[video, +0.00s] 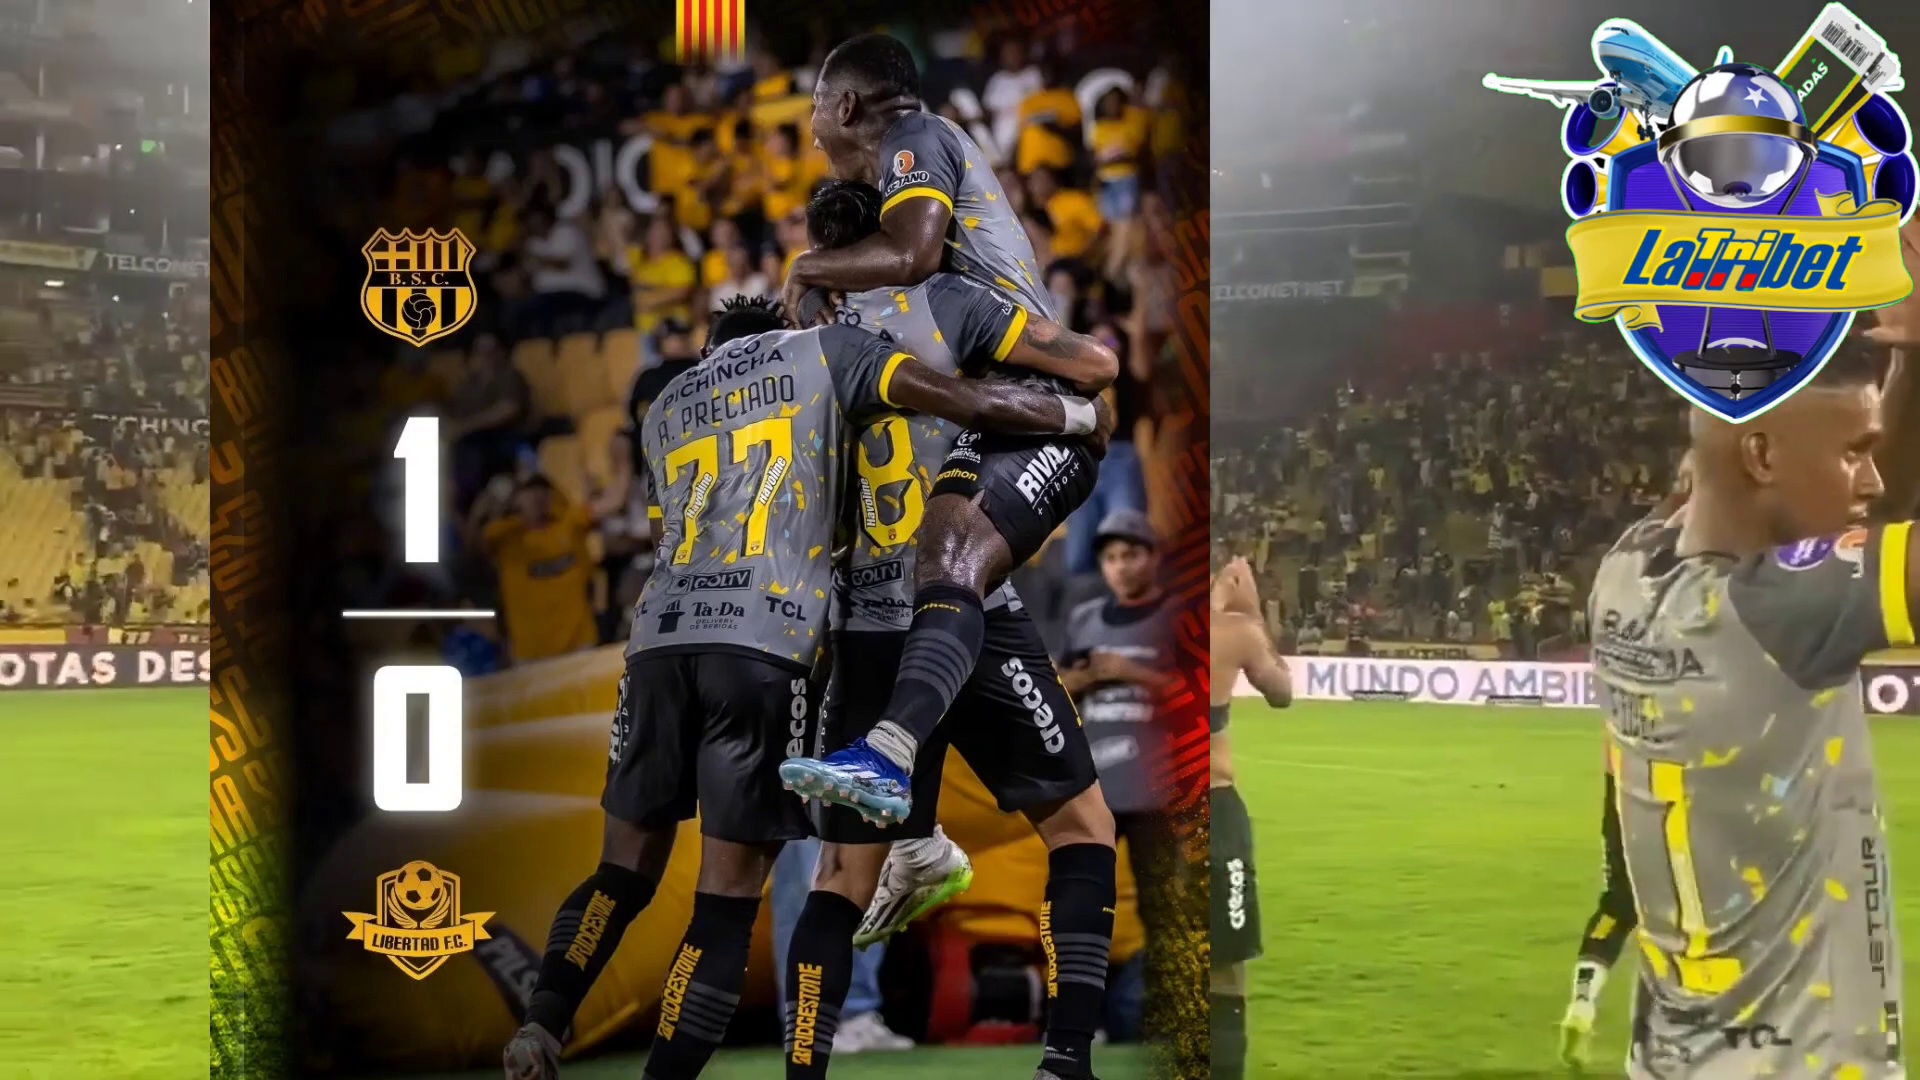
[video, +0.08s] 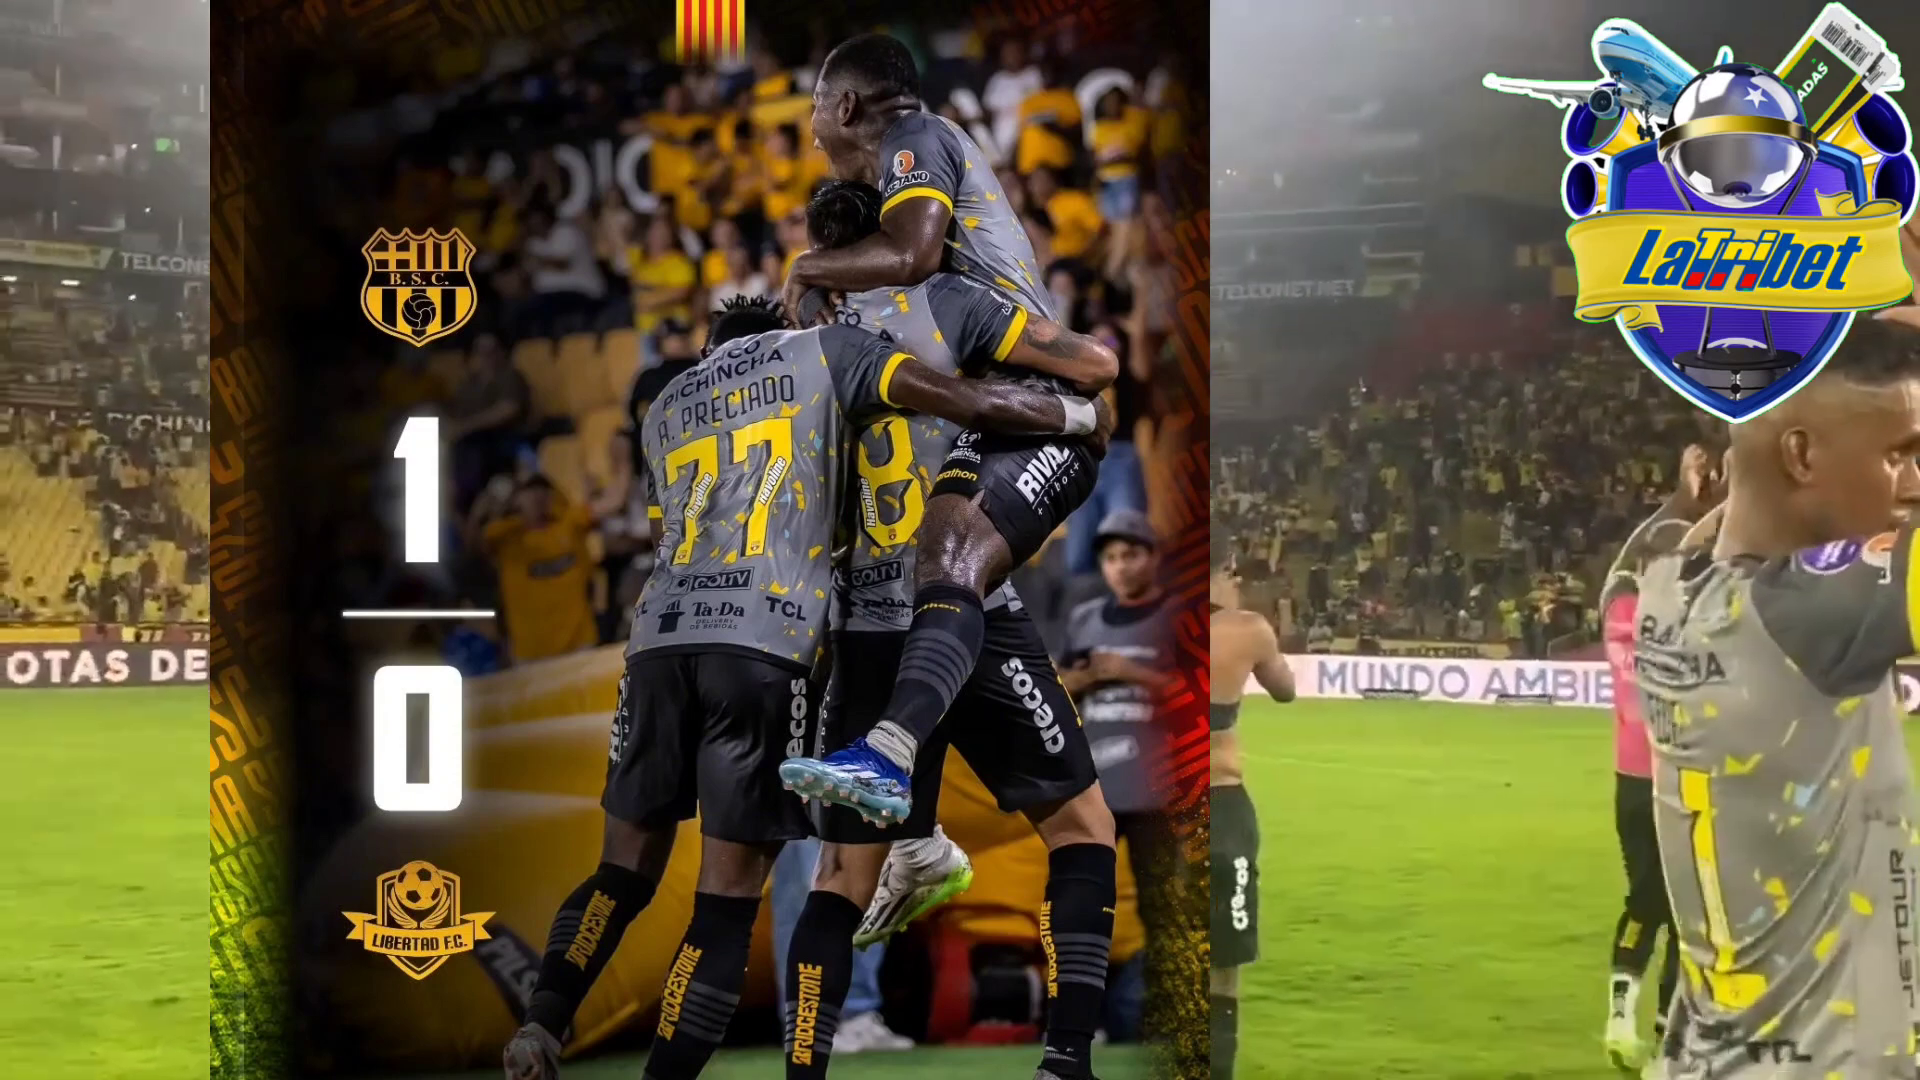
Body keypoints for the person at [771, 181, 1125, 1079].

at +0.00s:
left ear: (820, 254)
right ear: (899, 238)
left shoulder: (801, 331)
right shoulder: (952, 297)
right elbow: (1090, 366)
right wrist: (1085, 358)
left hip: (851, 618)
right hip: (963, 614)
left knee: (848, 861)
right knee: (1082, 827)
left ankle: (802, 1063)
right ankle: (1067, 1058)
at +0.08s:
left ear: (821, 254)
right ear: (900, 238)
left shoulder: (801, 331)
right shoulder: (952, 297)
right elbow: (1092, 366)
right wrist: (1080, 353)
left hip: (852, 617)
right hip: (964, 614)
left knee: (848, 861)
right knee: (1081, 827)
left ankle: (801, 1064)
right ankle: (1067, 1056)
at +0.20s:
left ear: (821, 253)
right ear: (900, 238)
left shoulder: (800, 331)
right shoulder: (952, 297)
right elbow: (1091, 367)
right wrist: (1089, 355)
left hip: (853, 616)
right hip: (964, 613)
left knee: (849, 860)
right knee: (1081, 827)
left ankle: (801, 1063)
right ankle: (1067, 1057)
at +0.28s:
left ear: (821, 253)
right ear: (900, 236)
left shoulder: (800, 331)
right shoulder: (951, 296)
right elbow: (1090, 367)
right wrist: (1087, 354)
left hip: (853, 616)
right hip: (964, 613)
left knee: (849, 860)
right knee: (1081, 827)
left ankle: (801, 1063)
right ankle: (1067, 1057)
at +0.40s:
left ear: (820, 250)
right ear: (899, 235)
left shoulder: (797, 331)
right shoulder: (950, 296)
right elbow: (1090, 366)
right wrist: (1080, 354)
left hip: (853, 615)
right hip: (964, 612)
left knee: (849, 860)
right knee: (1081, 826)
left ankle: (802, 1063)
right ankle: (1067, 1059)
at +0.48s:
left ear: (820, 254)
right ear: (899, 238)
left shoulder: (801, 330)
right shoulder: (952, 297)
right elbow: (1091, 366)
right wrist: (1084, 358)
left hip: (851, 618)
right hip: (963, 614)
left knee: (848, 861)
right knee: (1082, 826)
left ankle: (801, 1063)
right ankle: (1067, 1057)